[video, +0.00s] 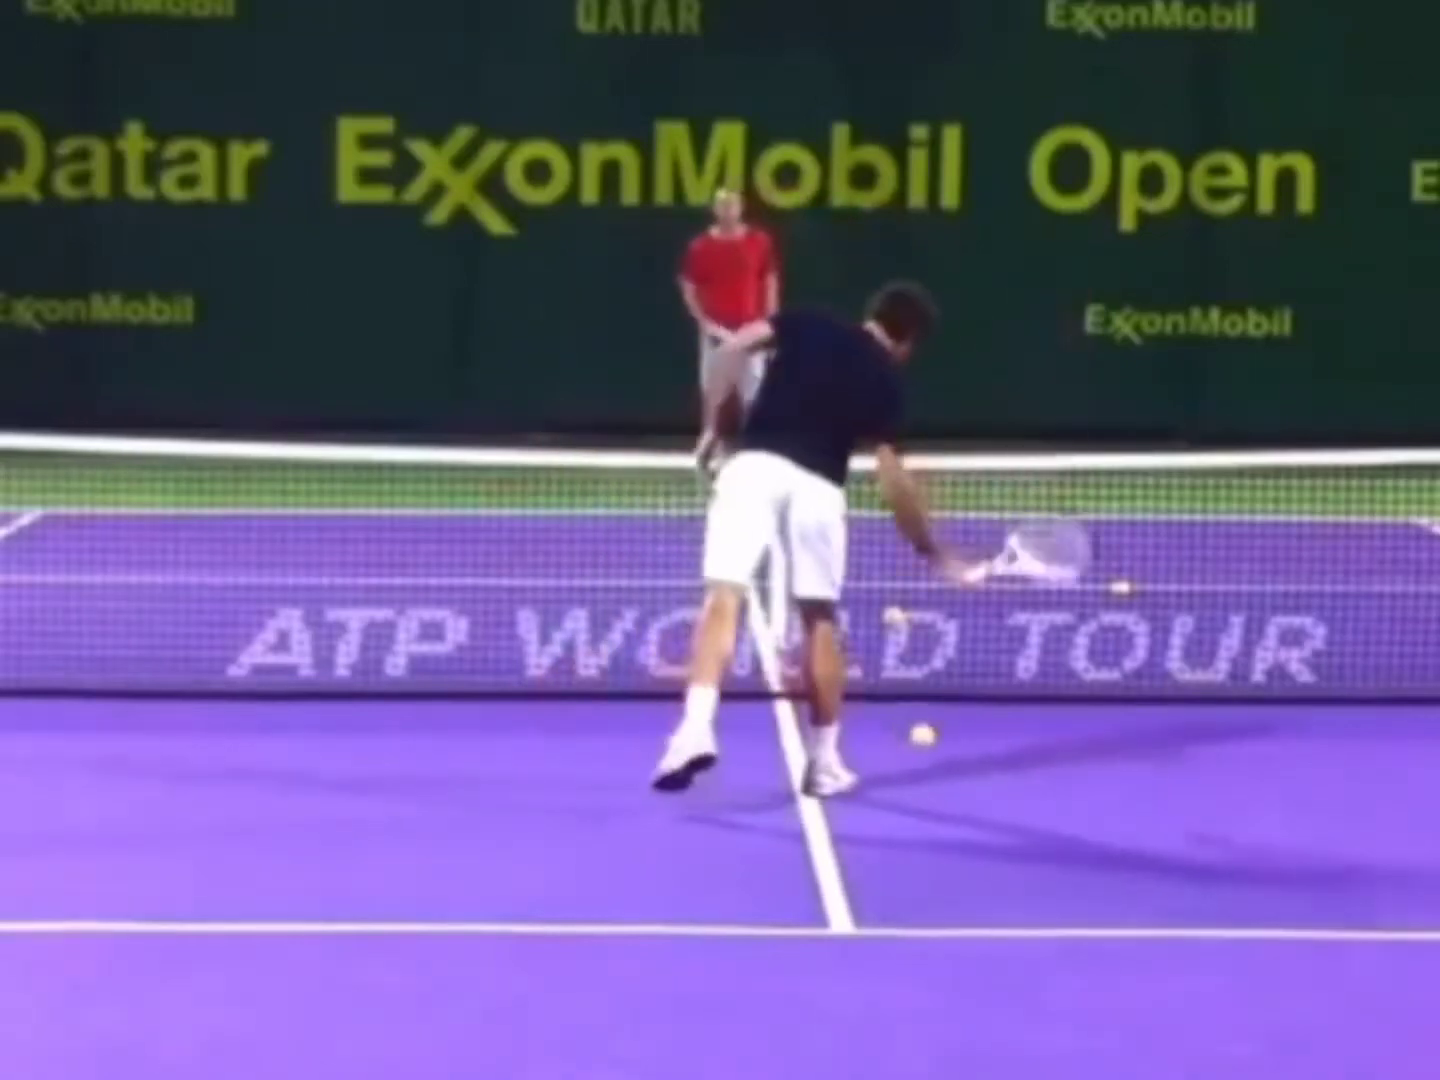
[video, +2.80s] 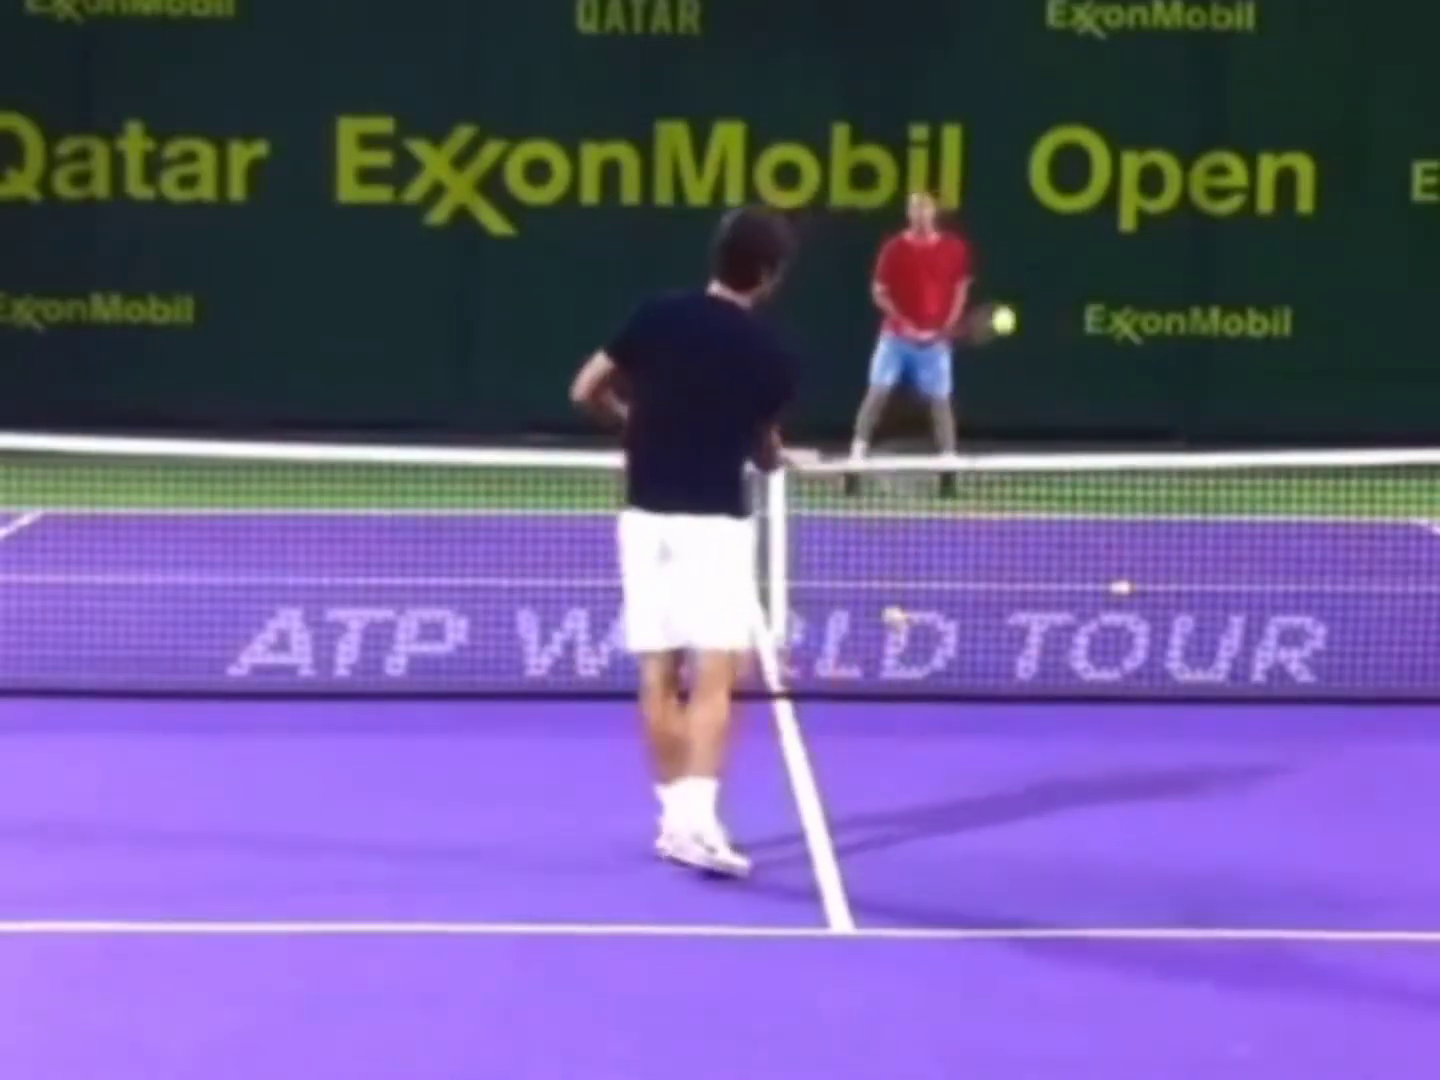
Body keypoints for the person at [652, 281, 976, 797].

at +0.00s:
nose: (910, 355)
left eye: (909, 345)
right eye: (912, 346)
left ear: (867, 314)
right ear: (906, 341)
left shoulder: (810, 324)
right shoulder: (885, 382)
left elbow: (730, 348)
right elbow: (893, 480)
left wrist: (716, 424)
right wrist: (933, 551)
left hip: (753, 469)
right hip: (817, 491)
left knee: (722, 599)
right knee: (821, 622)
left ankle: (697, 727)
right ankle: (824, 759)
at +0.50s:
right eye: (922, 319)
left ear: (880, 297)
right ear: (926, 325)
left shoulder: (837, 315)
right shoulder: (910, 377)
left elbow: (781, 347)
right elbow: (895, 468)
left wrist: (771, 427)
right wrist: (883, 492)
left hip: (784, 460)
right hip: (847, 484)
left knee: (742, 586)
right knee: (835, 616)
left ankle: (720, 713)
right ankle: (828, 757)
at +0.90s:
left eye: (835, 265)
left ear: (824, 273)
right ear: (874, 285)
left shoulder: (778, 333)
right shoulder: (887, 350)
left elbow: (738, 418)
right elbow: (911, 445)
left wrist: (753, 457)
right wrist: (873, 468)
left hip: (775, 505)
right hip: (846, 512)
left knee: (757, 637)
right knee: (843, 631)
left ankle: (781, 757)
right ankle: (832, 758)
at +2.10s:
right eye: (844, 265)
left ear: (794, 264)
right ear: (849, 271)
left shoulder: (751, 327)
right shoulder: (867, 340)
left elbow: (710, 413)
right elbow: (899, 442)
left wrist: (757, 426)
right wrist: (870, 477)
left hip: (749, 511)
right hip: (826, 516)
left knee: (720, 655)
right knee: (848, 659)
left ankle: (694, 794)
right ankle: (859, 806)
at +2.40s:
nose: (784, 274)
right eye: (786, 265)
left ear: (731, 264)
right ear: (786, 271)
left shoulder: (688, 324)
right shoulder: (787, 339)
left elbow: (623, 408)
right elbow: (816, 446)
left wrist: (669, 445)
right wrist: (873, 480)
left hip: (683, 518)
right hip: (758, 523)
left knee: (684, 664)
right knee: (794, 657)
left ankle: (680, 815)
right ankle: (826, 800)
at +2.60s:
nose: (777, 279)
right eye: (779, 270)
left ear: (722, 260)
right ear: (774, 274)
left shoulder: (666, 316)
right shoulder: (767, 341)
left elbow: (591, 389)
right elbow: (803, 441)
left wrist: (625, 446)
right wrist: (862, 487)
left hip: (657, 517)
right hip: (733, 523)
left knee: (664, 666)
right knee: (764, 662)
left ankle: (675, 815)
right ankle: (758, 810)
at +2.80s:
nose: (771, 281)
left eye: (765, 268)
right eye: (774, 272)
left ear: (714, 261)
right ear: (768, 277)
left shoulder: (659, 317)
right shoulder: (765, 348)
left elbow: (588, 389)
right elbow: (767, 446)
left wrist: (634, 424)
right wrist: (773, 453)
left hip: (646, 515)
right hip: (716, 522)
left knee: (659, 671)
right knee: (715, 672)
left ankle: (673, 813)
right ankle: (698, 812)